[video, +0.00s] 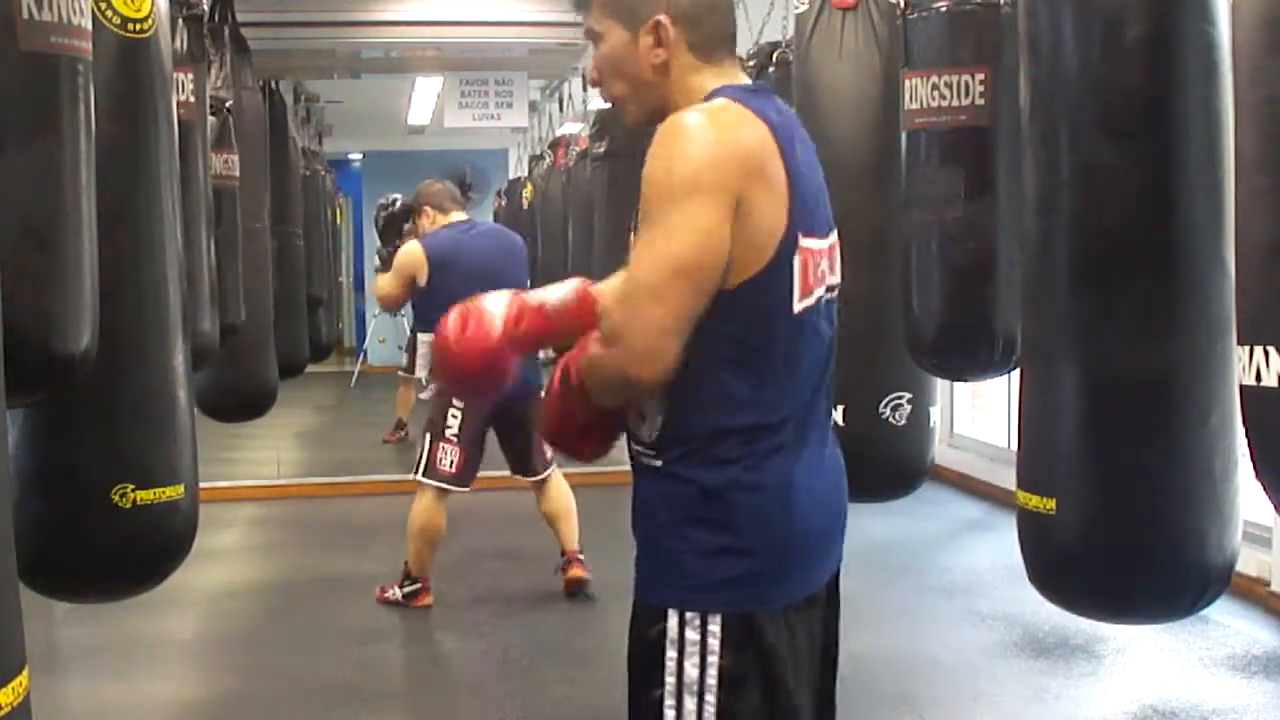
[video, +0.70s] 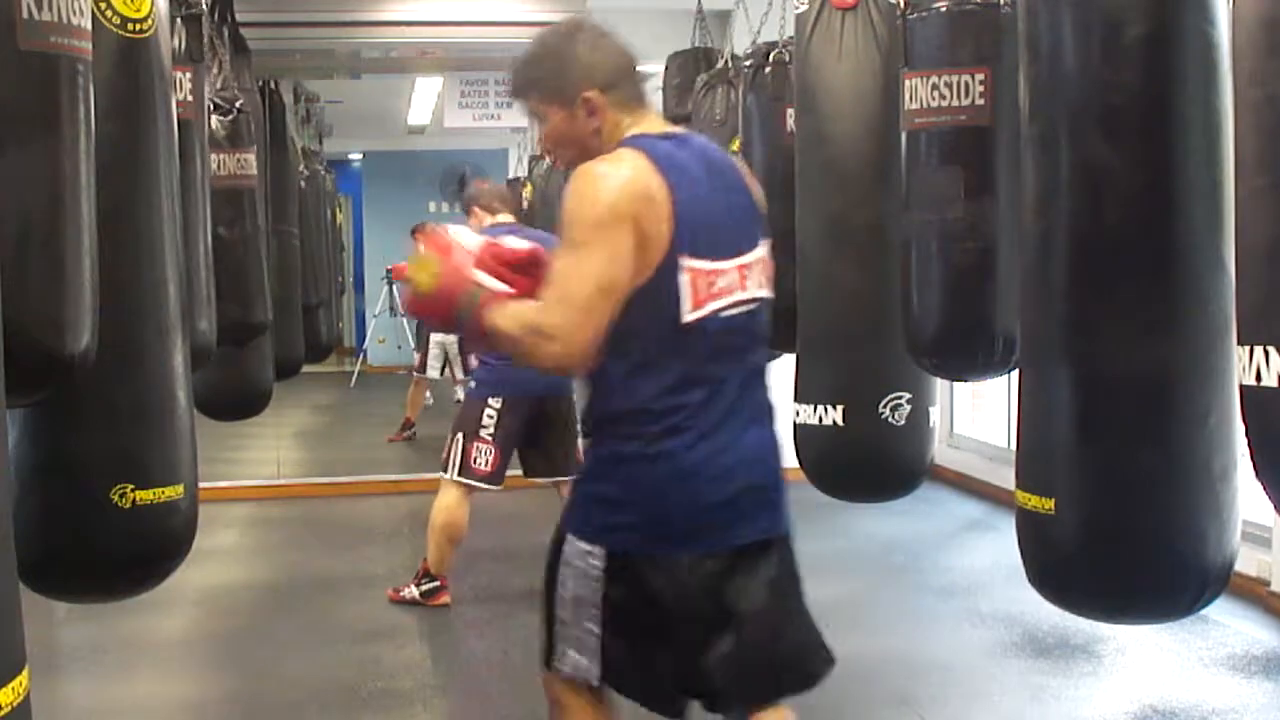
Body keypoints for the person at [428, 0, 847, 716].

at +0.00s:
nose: (590, 71)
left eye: (596, 39)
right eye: (588, 43)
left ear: (659, 39)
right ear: (661, 40)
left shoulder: (701, 135)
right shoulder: (765, 119)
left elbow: (639, 355)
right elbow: (673, 276)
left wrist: (586, 394)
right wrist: (529, 318)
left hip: (719, 528)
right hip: (790, 502)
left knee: (695, 710)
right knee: (789, 706)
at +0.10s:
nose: (604, 77)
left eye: (607, 49)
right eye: (602, 52)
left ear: (659, 49)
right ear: (665, 49)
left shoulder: (702, 147)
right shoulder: (774, 133)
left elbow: (674, 359)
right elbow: (755, 298)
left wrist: (591, 385)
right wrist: (610, 306)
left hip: (718, 528)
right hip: (793, 501)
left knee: (691, 709)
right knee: (800, 707)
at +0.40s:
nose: (613, 90)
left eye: (618, 68)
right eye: (610, 70)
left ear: (667, 69)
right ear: (700, 67)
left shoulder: (676, 151)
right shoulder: (792, 151)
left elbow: (665, 304)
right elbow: (839, 283)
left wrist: (602, 346)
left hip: (707, 495)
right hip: (811, 485)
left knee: (600, 699)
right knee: (801, 698)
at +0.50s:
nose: (598, 102)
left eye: (601, 79)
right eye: (594, 82)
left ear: (648, 78)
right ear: (679, 77)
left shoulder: (663, 159)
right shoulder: (781, 159)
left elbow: (653, 327)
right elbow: (751, 320)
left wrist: (584, 308)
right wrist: (626, 295)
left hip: (695, 487)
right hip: (802, 478)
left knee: (572, 687)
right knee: (803, 703)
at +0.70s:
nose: (540, 141)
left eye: (542, 119)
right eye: (535, 122)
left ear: (590, 106)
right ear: (602, 100)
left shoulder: (609, 182)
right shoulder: (727, 167)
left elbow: (566, 340)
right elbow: (687, 309)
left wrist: (470, 302)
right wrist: (560, 277)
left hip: (641, 489)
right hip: (747, 478)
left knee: (575, 683)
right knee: (758, 693)